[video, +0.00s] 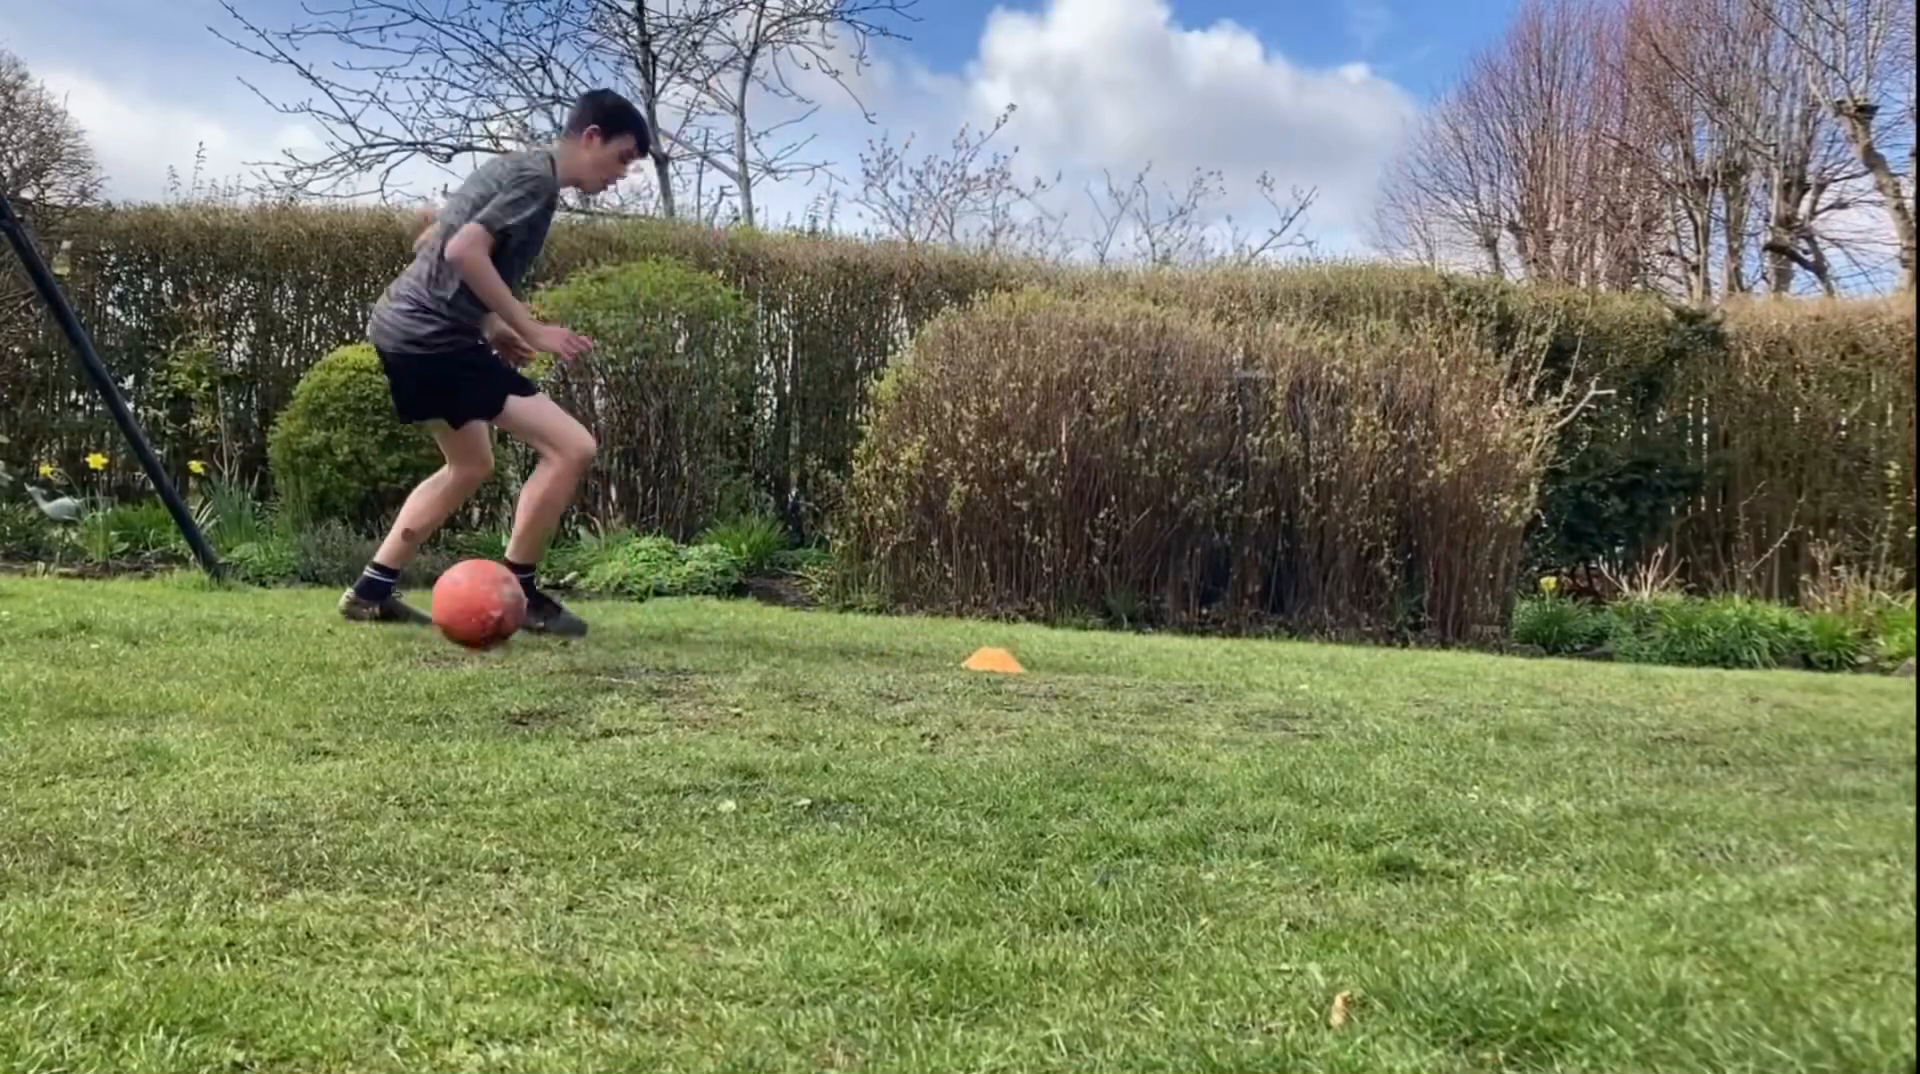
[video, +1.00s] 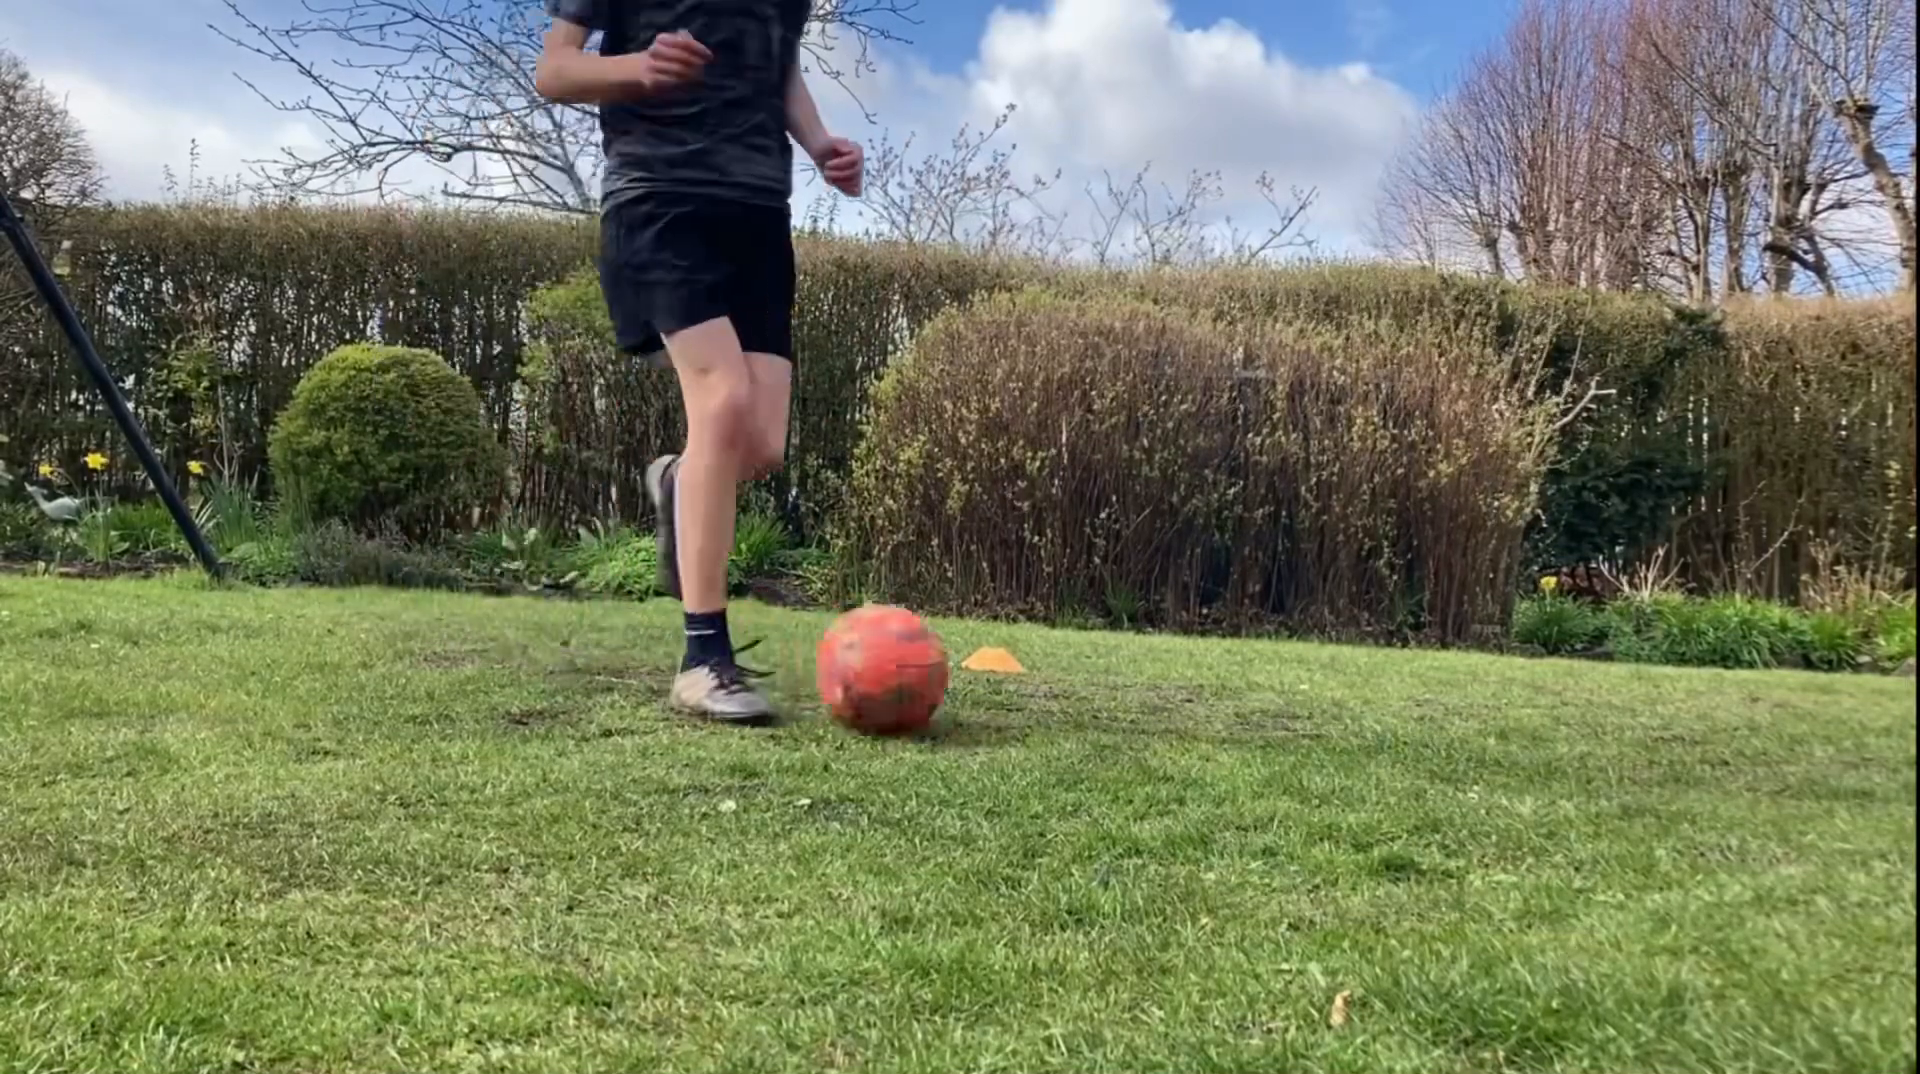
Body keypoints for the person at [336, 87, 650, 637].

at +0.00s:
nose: (621, 175)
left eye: (629, 166)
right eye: (623, 159)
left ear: (586, 139)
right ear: (590, 136)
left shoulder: (516, 169)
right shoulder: (535, 179)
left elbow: (437, 245)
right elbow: (464, 250)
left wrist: (491, 328)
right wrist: (533, 327)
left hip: (402, 332)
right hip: (434, 337)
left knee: (469, 465)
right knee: (572, 448)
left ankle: (372, 589)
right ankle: (516, 588)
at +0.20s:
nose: (587, 91)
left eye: (596, 81)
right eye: (582, 73)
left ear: (593, 82)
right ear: (543, 56)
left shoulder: (543, 146)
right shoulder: (480, 118)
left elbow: (495, 238)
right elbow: (381, 190)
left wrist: (548, 289)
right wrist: (414, 293)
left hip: (472, 310)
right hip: (427, 307)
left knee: (469, 456)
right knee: (505, 448)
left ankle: (389, 569)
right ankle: (416, 561)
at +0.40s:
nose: (560, 56)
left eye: (569, 45)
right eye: (549, 37)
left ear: (570, 52)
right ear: (509, 32)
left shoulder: (551, 131)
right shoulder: (461, 108)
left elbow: (519, 238)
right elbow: (405, 220)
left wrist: (559, 263)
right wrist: (497, 259)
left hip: (500, 316)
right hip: (426, 313)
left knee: (553, 442)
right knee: (429, 483)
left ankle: (493, 571)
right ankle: (354, 580)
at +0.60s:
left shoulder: (615, 66)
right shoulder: (517, 31)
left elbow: (579, 171)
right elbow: (439, 134)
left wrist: (617, 210)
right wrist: (550, 152)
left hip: (559, 274)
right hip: (477, 266)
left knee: (578, 430)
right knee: (467, 449)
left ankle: (503, 611)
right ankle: (390, 546)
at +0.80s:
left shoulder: (707, 12)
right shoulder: (550, 4)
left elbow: (707, 130)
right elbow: (453, 62)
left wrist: (740, 152)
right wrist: (491, 92)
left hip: (640, 235)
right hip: (554, 214)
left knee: (597, 426)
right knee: (605, 399)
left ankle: (520, 589)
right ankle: (531, 595)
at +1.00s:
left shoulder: (785, 3)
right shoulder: (609, 1)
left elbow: (781, 70)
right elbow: (552, 71)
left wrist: (817, 139)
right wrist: (636, 69)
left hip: (759, 202)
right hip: (657, 194)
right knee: (721, 402)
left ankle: (680, 486)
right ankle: (706, 661)